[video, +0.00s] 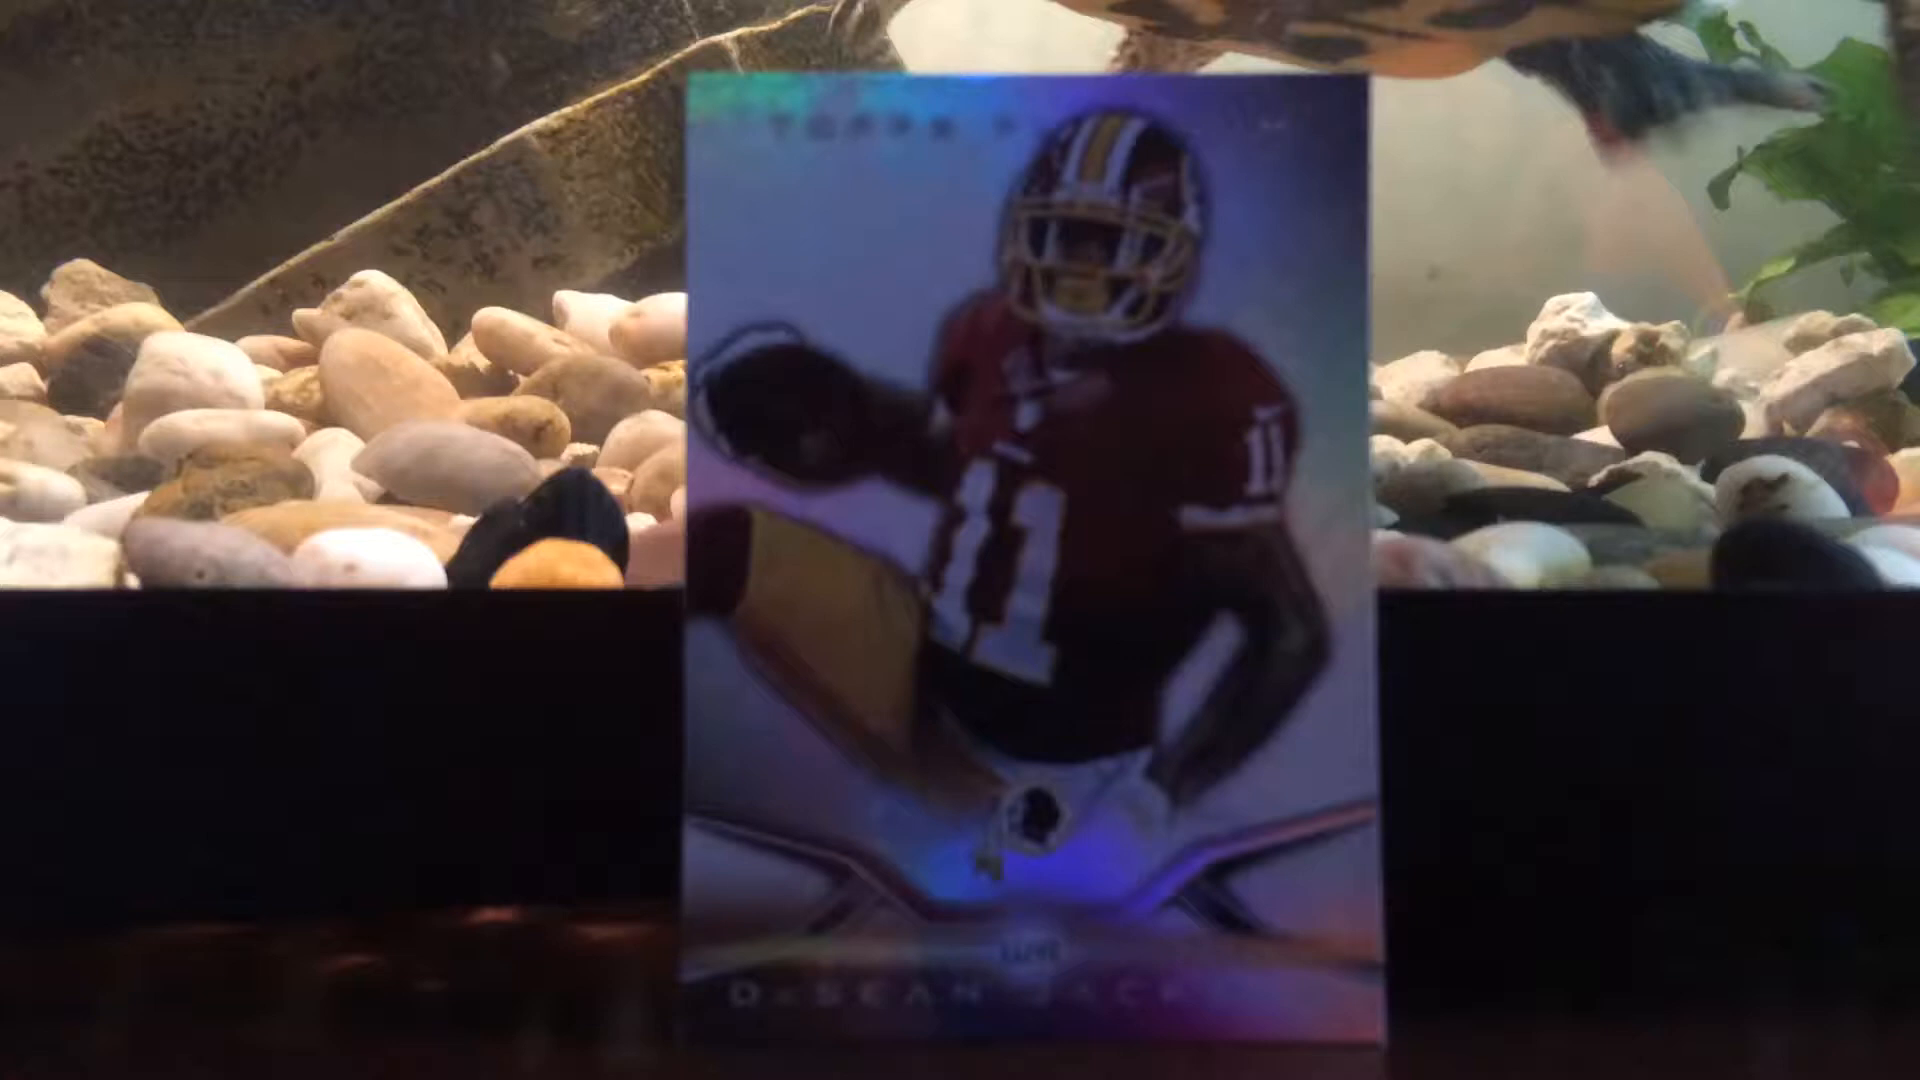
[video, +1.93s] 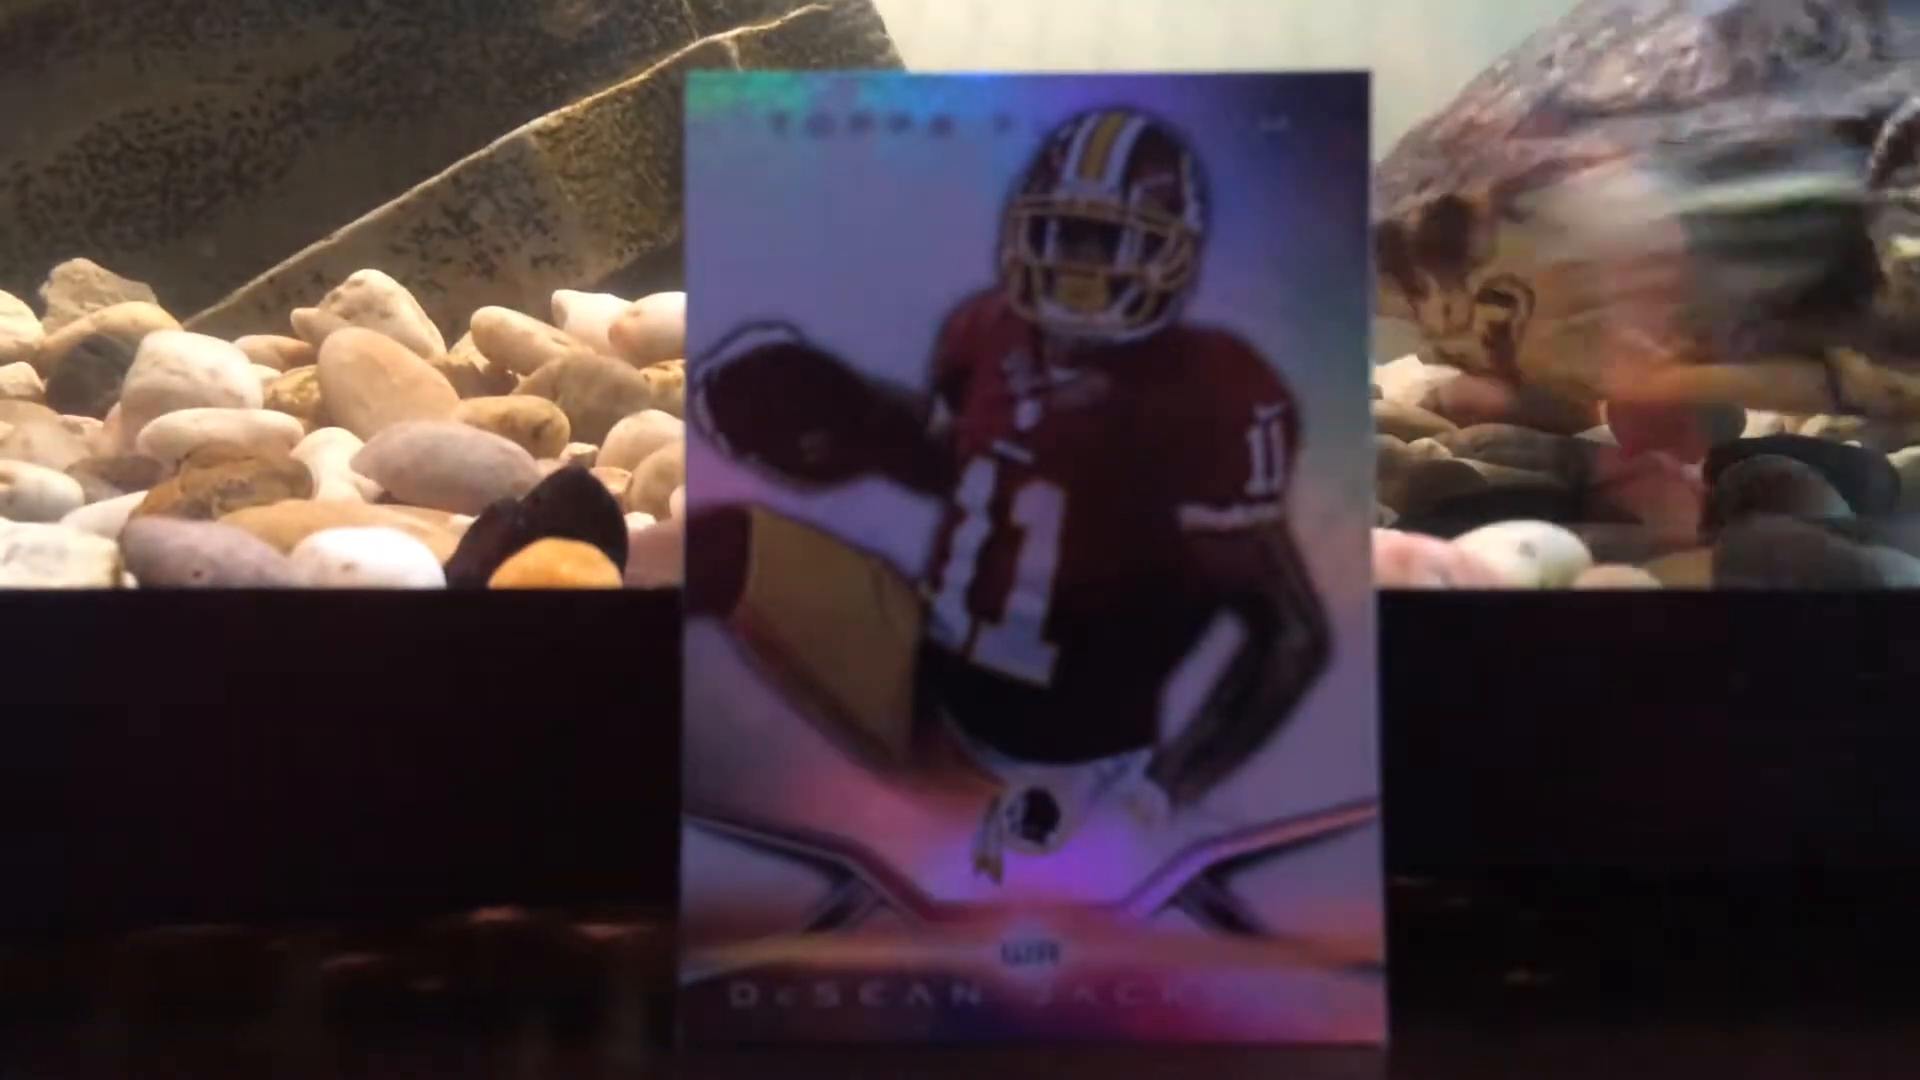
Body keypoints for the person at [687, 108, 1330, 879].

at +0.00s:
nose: (1083, 270)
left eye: (1117, 246)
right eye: (1063, 238)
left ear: (1175, 258)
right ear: (1023, 237)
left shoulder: (1217, 398)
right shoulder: (983, 337)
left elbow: (1292, 637)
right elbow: (962, 465)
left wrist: (1157, 797)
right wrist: (858, 425)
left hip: (1077, 766)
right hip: (931, 689)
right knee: (720, 546)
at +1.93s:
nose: (1082, 268)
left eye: (1116, 242)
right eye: (1062, 235)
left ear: (1177, 255)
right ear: (1022, 238)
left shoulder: (1216, 398)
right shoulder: (982, 336)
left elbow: (1293, 637)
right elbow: (955, 466)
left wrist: (1156, 795)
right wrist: (856, 423)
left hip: (1080, 752)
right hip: (932, 679)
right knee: (716, 546)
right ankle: (903, 777)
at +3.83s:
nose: (1081, 259)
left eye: (1116, 234)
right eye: (1062, 226)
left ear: (1175, 248)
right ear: (1021, 228)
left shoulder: (1215, 388)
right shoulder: (980, 328)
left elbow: (1291, 631)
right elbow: (961, 459)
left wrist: (1153, 792)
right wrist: (857, 415)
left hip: (1073, 763)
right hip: (926, 680)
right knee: (720, 537)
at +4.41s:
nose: (1095, 259)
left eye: (1125, 230)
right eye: (1072, 227)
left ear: (1176, 241)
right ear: (1026, 227)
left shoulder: (1212, 388)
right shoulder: (981, 328)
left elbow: (1291, 630)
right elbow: (954, 455)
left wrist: (1158, 786)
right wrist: (845, 406)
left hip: (1075, 767)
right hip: (924, 682)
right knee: (721, 537)